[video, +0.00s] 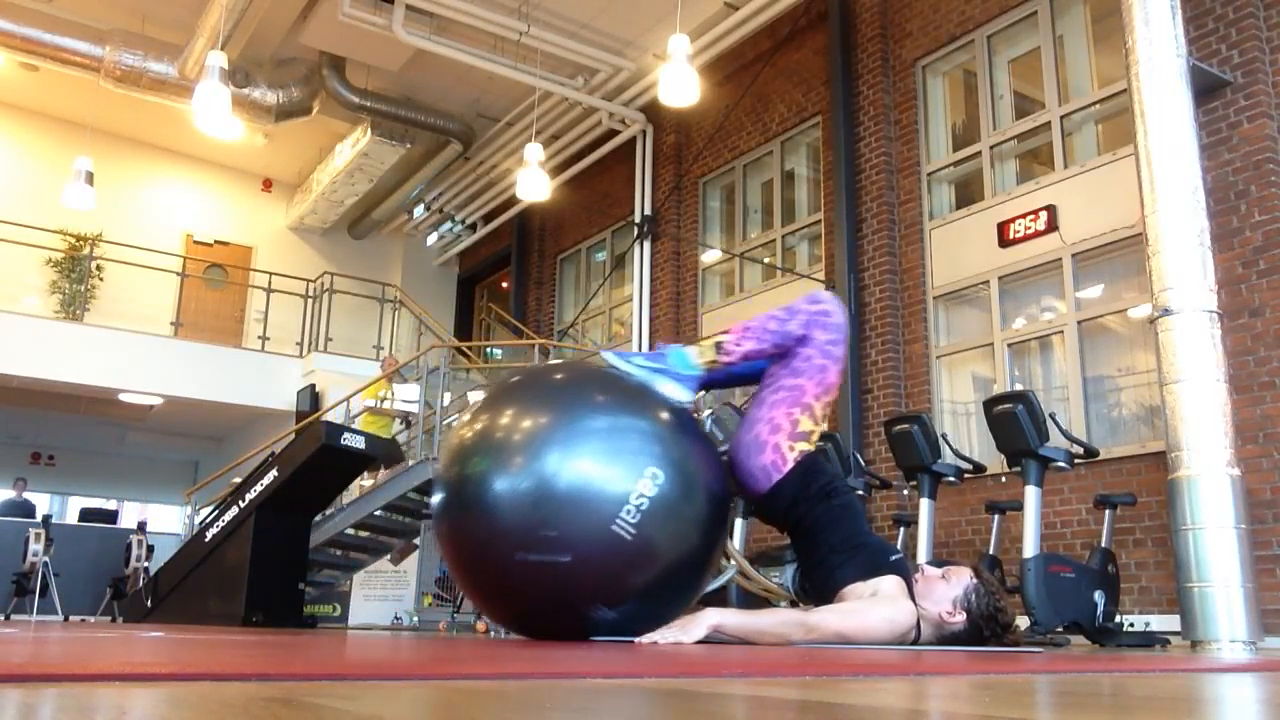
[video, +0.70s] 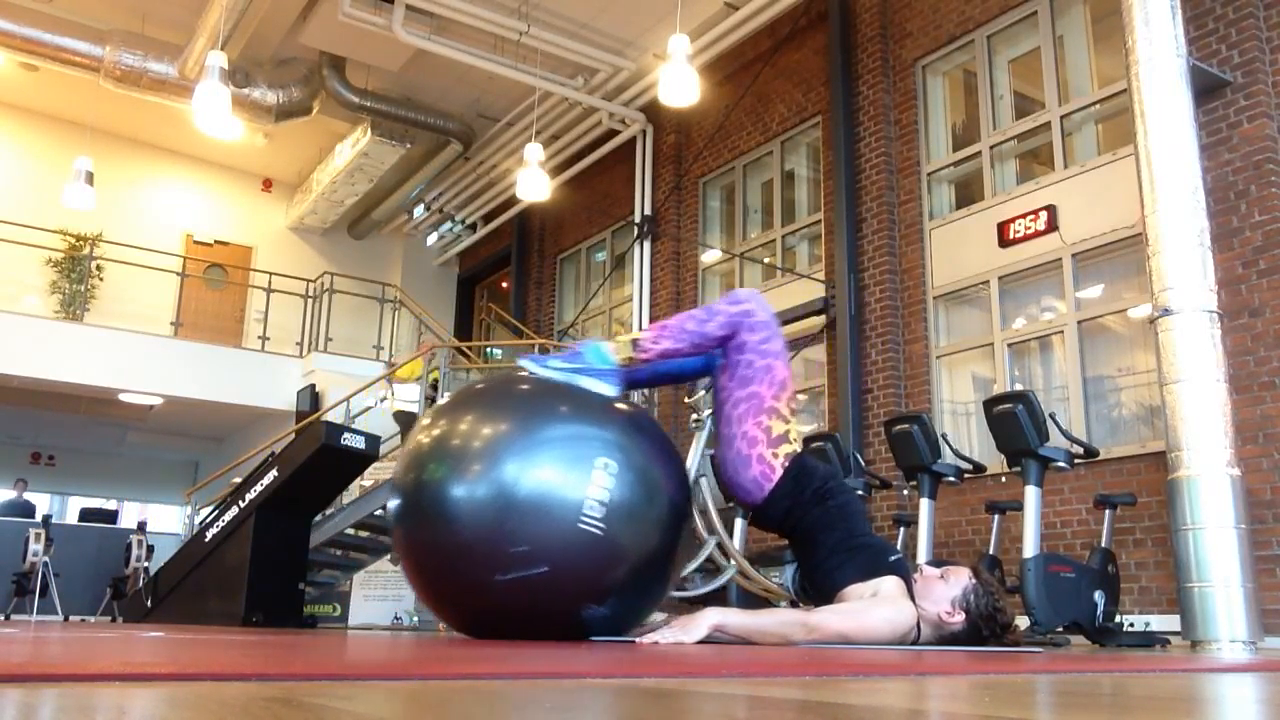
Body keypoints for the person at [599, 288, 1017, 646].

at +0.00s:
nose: (934, 567)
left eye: (946, 577)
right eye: (947, 569)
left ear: (947, 614)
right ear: (946, 612)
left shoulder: (894, 613)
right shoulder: (904, 604)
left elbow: (801, 626)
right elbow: (806, 623)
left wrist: (712, 621)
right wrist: (718, 622)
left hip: (771, 466)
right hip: (792, 468)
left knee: (825, 310)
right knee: (822, 323)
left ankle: (685, 366)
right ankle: (693, 371)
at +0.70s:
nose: (941, 563)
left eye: (950, 576)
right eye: (951, 567)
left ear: (945, 613)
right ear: (939, 586)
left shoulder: (895, 614)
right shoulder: (896, 597)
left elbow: (803, 626)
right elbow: (800, 624)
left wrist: (711, 621)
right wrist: (711, 621)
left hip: (761, 474)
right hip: (776, 466)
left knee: (751, 311)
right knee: (752, 319)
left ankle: (612, 365)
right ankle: (618, 373)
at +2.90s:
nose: (936, 568)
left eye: (949, 579)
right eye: (948, 568)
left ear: (946, 616)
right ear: (943, 605)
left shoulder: (893, 609)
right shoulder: (892, 596)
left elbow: (806, 627)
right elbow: (804, 622)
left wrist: (710, 619)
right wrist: (714, 621)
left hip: (765, 477)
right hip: (780, 467)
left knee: (676, 336)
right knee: (681, 341)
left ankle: (531, 363)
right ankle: (544, 367)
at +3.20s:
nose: (935, 569)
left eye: (948, 582)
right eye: (948, 569)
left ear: (947, 616)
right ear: (942, 599)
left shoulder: (894, 609)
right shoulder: (891, 593)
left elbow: (803, 626)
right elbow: (802, 623)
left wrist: (713, 617)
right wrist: (713, 621)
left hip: (759, 485)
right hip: (765, 475)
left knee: (636, 393)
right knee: (636, 388)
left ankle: (486, 360)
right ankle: (492, 360)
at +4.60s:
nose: (935, 564)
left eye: (947, 575)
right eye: (949, 567)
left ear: (948, 612)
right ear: (946, 612)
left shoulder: (893, 612)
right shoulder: (907, 606)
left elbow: (806, 627)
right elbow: (807, 623)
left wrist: (714, 619)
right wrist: (724, 623)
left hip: (774, 464)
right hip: (798, 462)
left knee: (790, 302)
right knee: (793, 303)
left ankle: (660, 366)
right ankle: (668, 369)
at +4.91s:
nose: (937, 569)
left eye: (948, 581)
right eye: (950, 569)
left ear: (945, 615)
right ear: (945, 603)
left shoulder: (891, 610)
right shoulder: (894, 595)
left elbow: (808, 628)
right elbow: (808, 621)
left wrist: (711, 618)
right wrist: (720, 620)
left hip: (762, 479)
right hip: (779, 470)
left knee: (688, 329)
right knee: (694, 335)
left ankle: (550, 364)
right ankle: (563, 370)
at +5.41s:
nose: (935, 571)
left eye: (948, 584)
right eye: (949, 570)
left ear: (946, 618)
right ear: (943, 596)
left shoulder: (892, 609)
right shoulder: (889, 590)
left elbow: (802, 626)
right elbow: (802, 621)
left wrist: (710, 618)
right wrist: (714, 621)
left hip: (748, 493)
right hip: (756, 483)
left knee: (632, 401)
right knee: (634, 396)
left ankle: (482, 365)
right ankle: (493, 364)